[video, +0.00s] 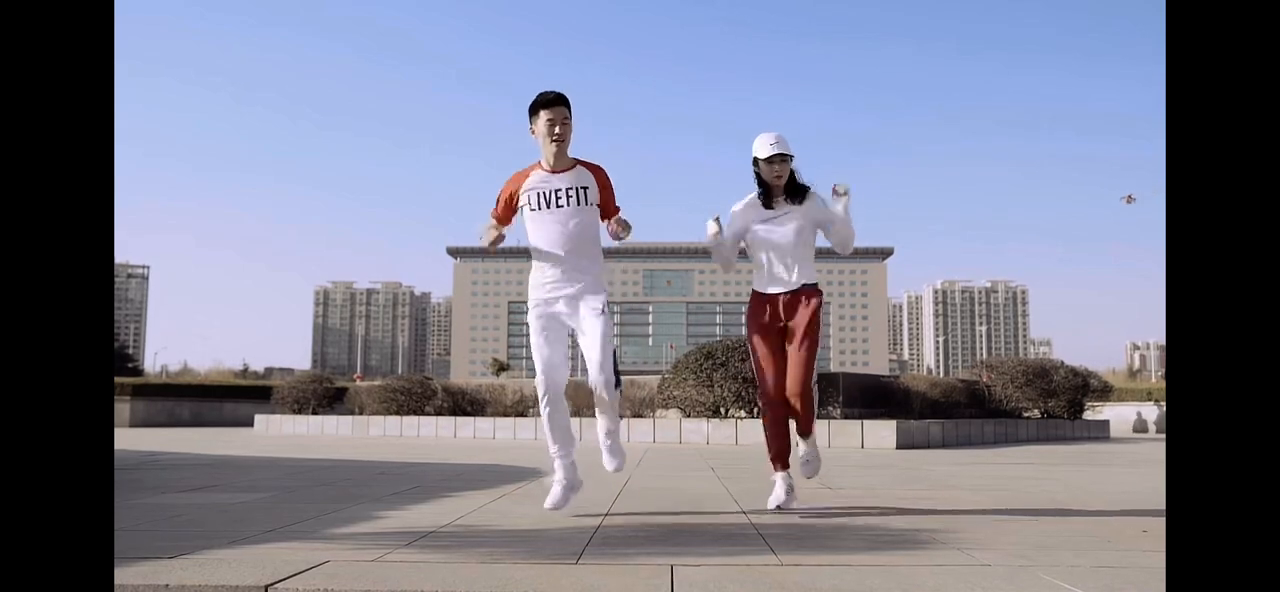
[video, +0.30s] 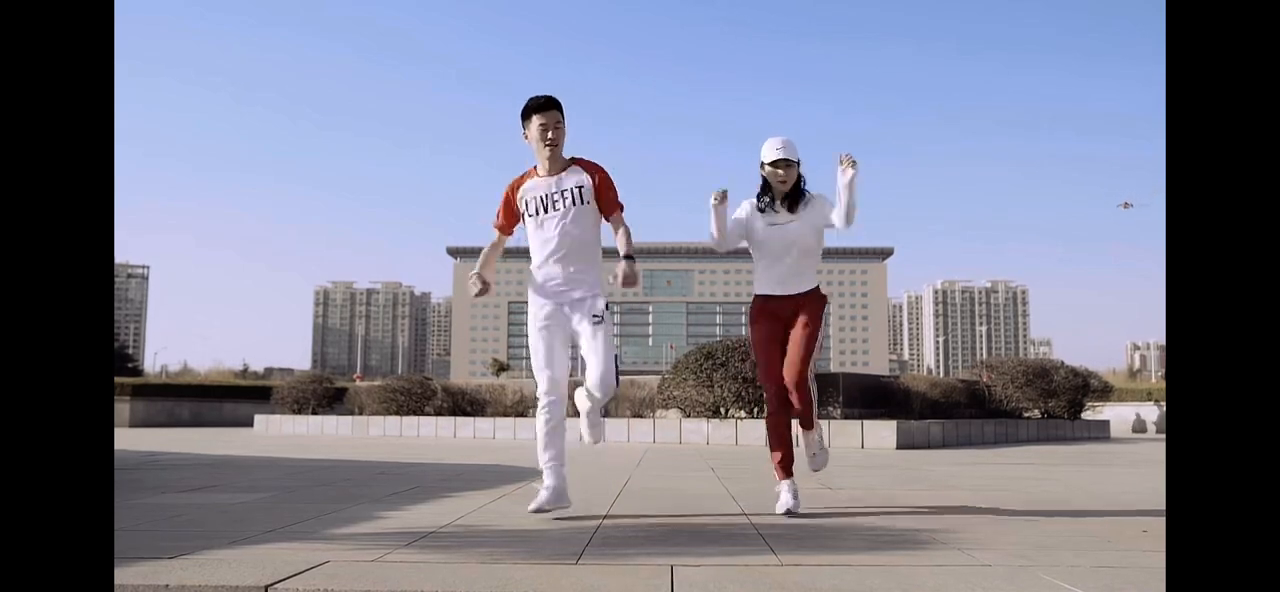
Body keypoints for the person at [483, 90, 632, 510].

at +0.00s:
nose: (558, 130)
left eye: (564, 123)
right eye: (550, 124)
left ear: (572, 128)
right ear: (534, 131)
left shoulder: (594, 175)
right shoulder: (520, 182)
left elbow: (614, 225)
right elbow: (495, 226)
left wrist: (619, 228)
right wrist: (493, 235)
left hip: (589, 290)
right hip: (544, 294)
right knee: (548, 386)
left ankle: (609, 432)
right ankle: (565, 473)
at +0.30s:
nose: (551, 133)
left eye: (557, 126)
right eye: (542, 128)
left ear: (565, 130)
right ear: (527, 136)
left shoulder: (591, 174)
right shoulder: (519, 189)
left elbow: (617, 222)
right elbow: (498, 239)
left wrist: (626, 257)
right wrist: (481, 270)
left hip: (589, 295)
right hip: (544, 300)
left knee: (604, 384)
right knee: (549, 396)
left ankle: (588, 406)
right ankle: (553, 487)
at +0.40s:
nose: (560, 145)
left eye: (566, 138)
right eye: (552, 139)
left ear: (574, 142)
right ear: (536, 146)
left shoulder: (599, 191)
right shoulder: (523, 198)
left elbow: (617, 250)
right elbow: (489, 248)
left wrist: (636, 298)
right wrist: (497, 244)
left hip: (588, 300)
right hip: (546, 304)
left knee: (595, 344)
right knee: (553, 403)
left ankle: (594, 395)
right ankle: (560, 486)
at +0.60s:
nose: (573, 136)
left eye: (579, 130)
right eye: (565, 129)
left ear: (587, 135)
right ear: (549, 134)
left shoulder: (603, 182)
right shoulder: (528, 182)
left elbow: (607, 225)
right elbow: (502, 233)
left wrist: (617, 259)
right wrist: (530, 217)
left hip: (592, 289)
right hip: (551, 295)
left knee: (587, 364)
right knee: (558, 386)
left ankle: (589, 461)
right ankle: (571, 471)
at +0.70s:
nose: (579, 150)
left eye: (585, 143)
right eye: (571, 143)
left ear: (592, 149)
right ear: (554, 148)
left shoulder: (604, 196)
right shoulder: (533, 196)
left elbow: (615, 235)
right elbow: (508, 251)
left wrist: (632, 266)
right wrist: (545, 238)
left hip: (594, 308)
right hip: (554, 312)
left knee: (592, 392)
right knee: (567, 397)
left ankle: (590, 491)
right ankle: (591, 471)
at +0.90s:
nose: (585, 130)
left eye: (591, 123)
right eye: (577, 123)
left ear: (598, 131)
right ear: (559, 131)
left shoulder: (615, 179)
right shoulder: (539, 181)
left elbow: (632, 232)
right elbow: (523, 239)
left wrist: (634, 269)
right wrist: (517, 289)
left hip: (595, 295)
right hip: (552, 294)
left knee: (591, 387)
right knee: (540, 368)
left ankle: (591, 477)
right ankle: (568, 436)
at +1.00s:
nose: (585, 137)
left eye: (591, 131)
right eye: (577, 131)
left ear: (597, 139)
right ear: (559, 139)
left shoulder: (614, 192)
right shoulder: (539, 191)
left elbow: (636, 247)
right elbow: (514, 239)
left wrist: (612, 241)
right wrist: (483, 284)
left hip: (594, 304)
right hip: (554, 294)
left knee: (591, 394)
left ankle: (591, 480)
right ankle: (540, 387)